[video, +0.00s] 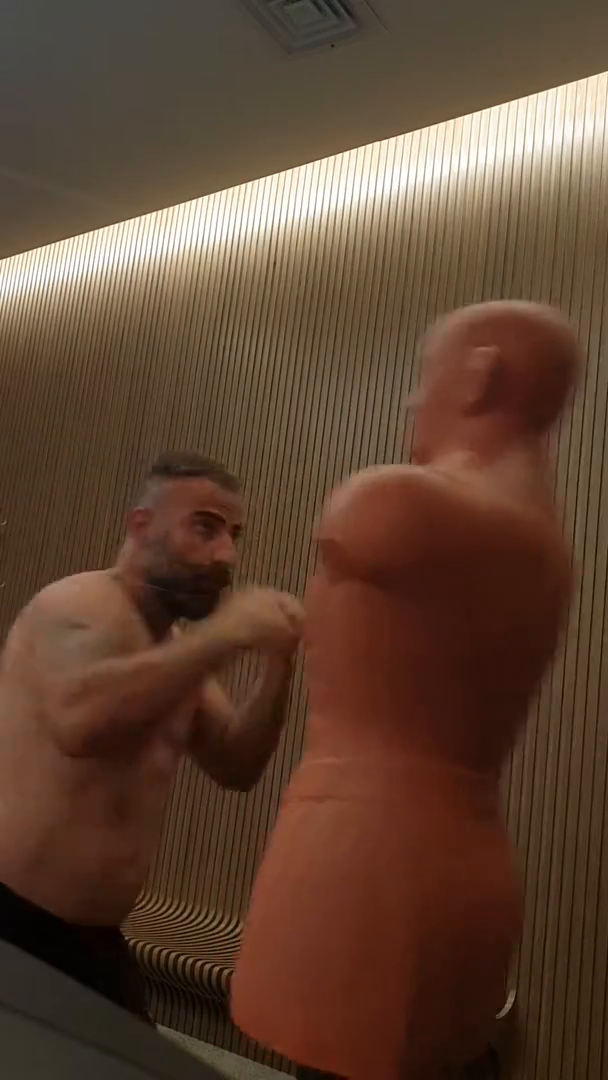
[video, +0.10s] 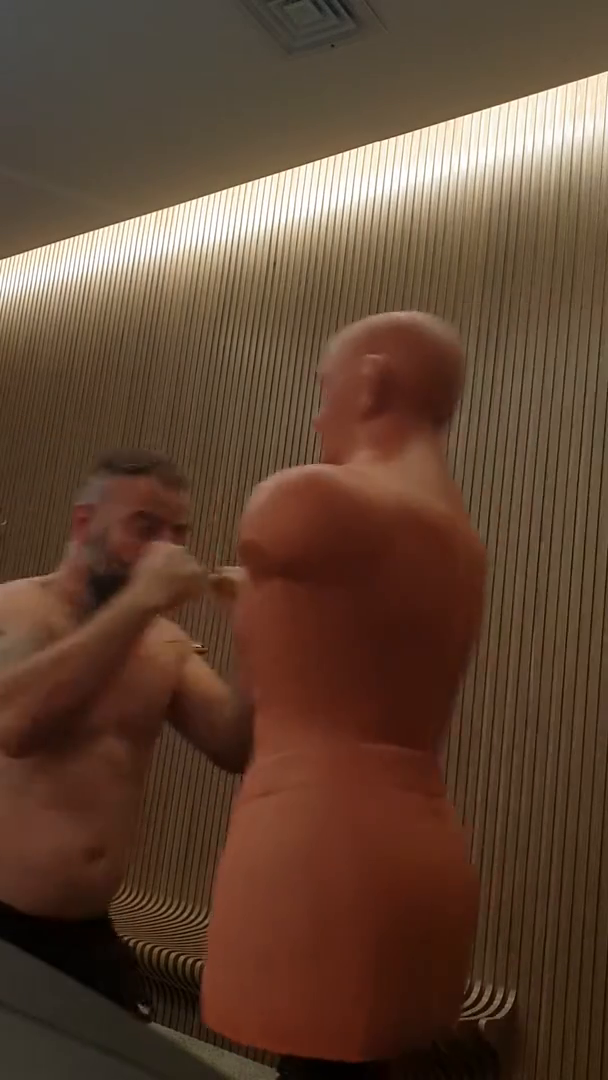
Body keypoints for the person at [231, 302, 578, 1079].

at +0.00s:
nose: (415, 401)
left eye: (427, 375)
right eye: (420, 377)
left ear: (480, 377)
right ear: (548, 403)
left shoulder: (402, 508)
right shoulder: (545, 547)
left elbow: (346, 518)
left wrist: (441, 464)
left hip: (364, 868)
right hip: (462, 861)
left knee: (325, 1062)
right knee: (422, 1065)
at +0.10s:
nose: (317, 417)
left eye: (324, 390)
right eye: (319, 393)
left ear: (372, 386)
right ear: (442, 407)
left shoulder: (305, 504)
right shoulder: (463, 541)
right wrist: (249, 596)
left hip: (310, 847)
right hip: (424, 836)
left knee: (279, 1060)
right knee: (392, 1061)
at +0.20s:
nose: (284, 416)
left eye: (289, 390)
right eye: (286, 392)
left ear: (332, 386)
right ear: (403, 402)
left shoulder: (275, 502)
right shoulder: (426, 532)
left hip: (291, 846)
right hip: (405, 833)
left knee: (276, 1059)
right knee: (364, 1055)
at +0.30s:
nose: (310, 408)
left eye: (317, 381)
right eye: (312, 383)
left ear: (362, 378)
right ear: (429, 397)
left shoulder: (304, 500)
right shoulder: (450, 535)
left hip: (308, 856)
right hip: (418, 843)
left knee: (275, 1062)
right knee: (385, 1059)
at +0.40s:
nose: (378, 393)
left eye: (390, 368)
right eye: (381, 369)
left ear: (441, 372)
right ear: (499, 394)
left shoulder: (360, 503)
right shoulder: (510, 540)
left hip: (342, 872)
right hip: (450, 861)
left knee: (299, 1063)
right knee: (411, 1064)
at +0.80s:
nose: (333, 411)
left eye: (341, 383)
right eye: (335, 386)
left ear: (390, 380)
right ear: (459, 403)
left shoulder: (318, 502)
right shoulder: (474, 540)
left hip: (319, 860)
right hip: (427, 847)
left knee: (282, 1064)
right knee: (391, 1060)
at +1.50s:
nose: (345, 401)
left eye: (354, 376)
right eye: (347, 378)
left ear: (404, 376)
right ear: (467, 398)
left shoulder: (332, 501)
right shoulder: (479, 528)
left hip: (332, 859)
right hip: (434, 846)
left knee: (293, 1063)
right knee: (404, 1063)